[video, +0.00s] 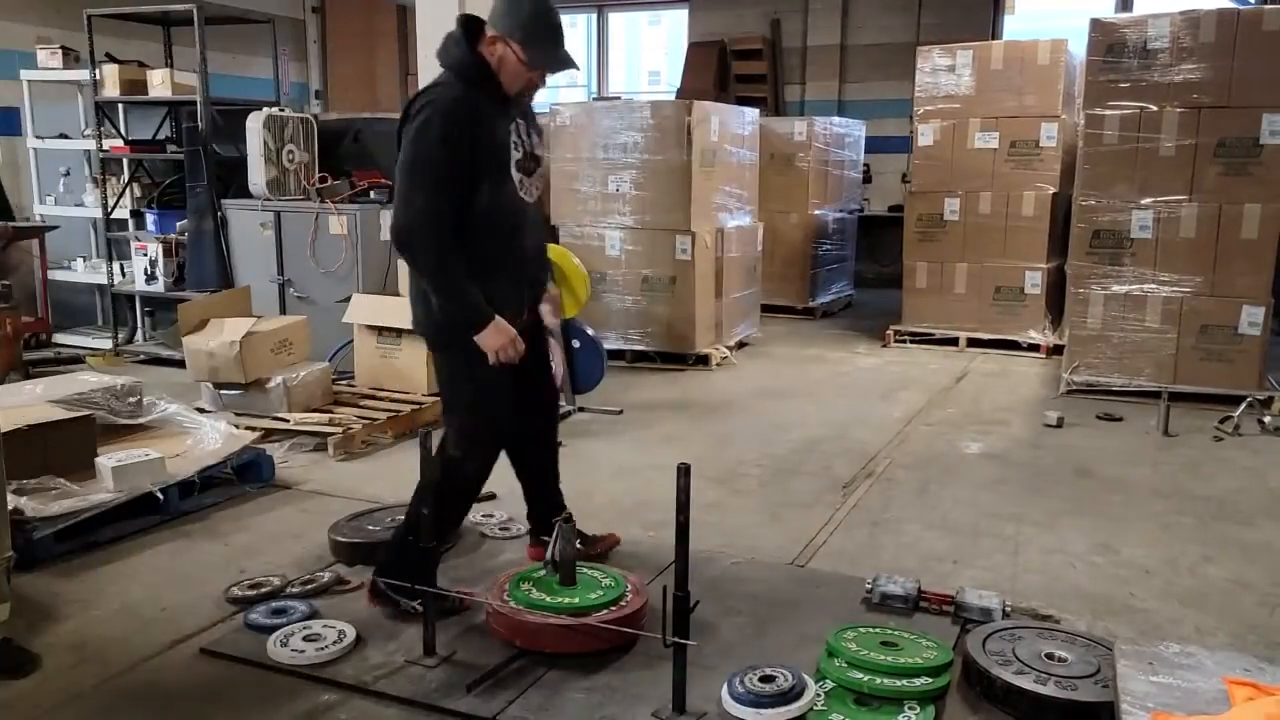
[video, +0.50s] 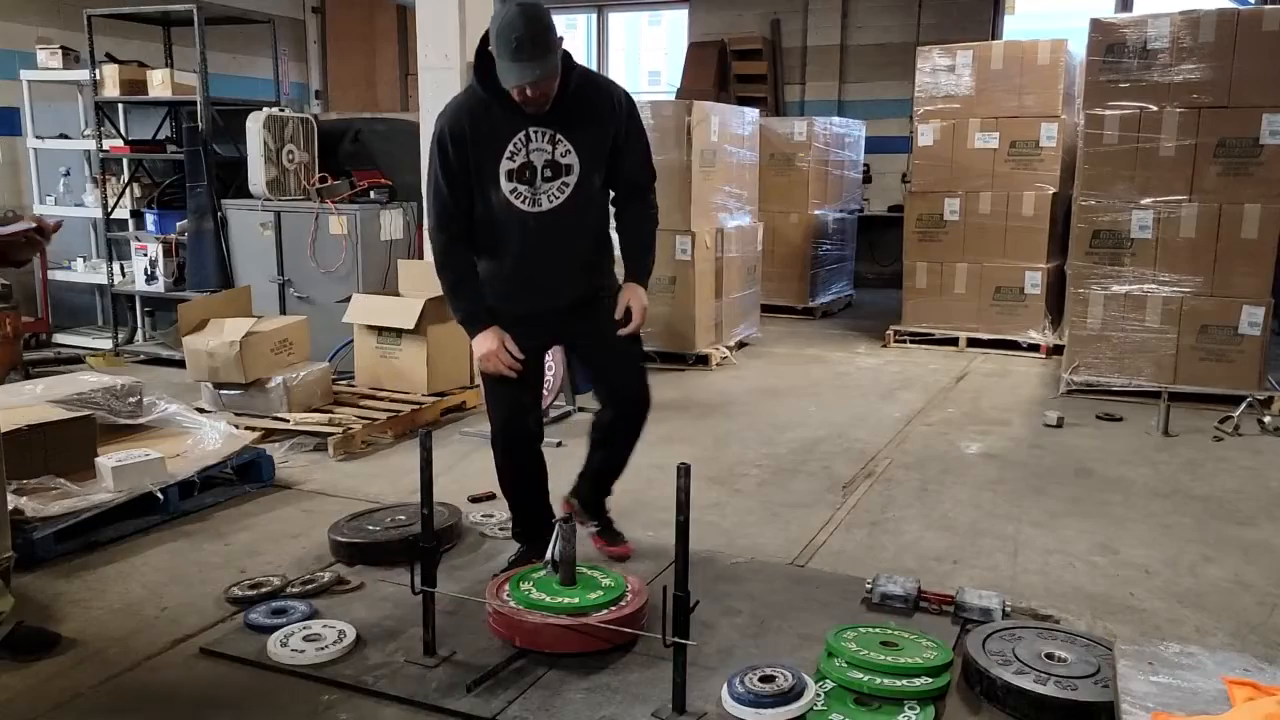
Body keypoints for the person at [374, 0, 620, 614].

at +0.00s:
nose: (542, 81)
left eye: (547, 69)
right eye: (537, 67)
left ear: (510, 53)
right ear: (499, 48)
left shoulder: (512, 108)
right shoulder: (446, 110)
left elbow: (522, 207)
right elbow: (416, 235)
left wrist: (550, 279)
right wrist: (480, 320)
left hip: (517, 300)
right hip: (463, 309)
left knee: (535, 419)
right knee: (475, 438)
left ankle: (552, 532)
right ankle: (402, 572)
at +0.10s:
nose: (553, 80)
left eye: (559, 68)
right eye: (543, 67)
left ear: (560, 57)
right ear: (509, 47)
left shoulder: (552, 104)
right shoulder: (453, 108)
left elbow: (569, 196)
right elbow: (419, 227)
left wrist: (590, 277)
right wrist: (471, 318)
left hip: (544, 294)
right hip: (484, 301)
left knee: (561, 416)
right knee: (499, 431)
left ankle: (553, 530)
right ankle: (427, 549)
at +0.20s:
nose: (556, 78)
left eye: (565, 65)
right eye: (544, 66)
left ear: (575, 45)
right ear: (511, 45)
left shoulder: (580, 101)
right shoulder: (460, 105)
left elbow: (603, 188)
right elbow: (426, 219)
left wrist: (620, 269)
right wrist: (466, 312)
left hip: (558, 290)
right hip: (491, 296)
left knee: (569, 419)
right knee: (506, 422)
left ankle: (551, 532)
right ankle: (480, 545)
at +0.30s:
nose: (550, 77)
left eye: (559, 63)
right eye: (536, 66)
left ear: (573, 40)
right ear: (506, 41)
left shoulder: (597, 98)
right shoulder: (463, 107)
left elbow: (623, 184)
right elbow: (435, 218)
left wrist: (637, 267)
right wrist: (466, 308)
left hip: (570, 290)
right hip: (497, 298)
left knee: (574, 413)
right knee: (510, 426)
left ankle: (557, 523)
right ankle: (526, 544)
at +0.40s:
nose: (540, 81)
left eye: (550, 68)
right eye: (527, 70)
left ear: (566, 44)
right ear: (501, 46)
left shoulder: (605, 100)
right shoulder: (462, 114)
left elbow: (634, 187)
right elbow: (441, 225)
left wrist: (641, 270)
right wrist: (470, 313)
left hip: (580, 292)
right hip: (502, 300)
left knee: (591, 407)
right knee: (519, 428)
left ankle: (565, 521)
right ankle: (533, 544)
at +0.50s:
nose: (531, 92)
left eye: (540, 79)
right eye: (518, 83)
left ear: (560, 54)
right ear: (497, 65)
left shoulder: (607, 105)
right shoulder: (461, 124)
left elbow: (635, 194)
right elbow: (446, 235)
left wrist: (637, 278)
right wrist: (477, 326)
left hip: (588, 293)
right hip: (505, 301)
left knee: (629, 401)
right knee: (513, 433)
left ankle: (588, 500)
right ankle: (533, 546)